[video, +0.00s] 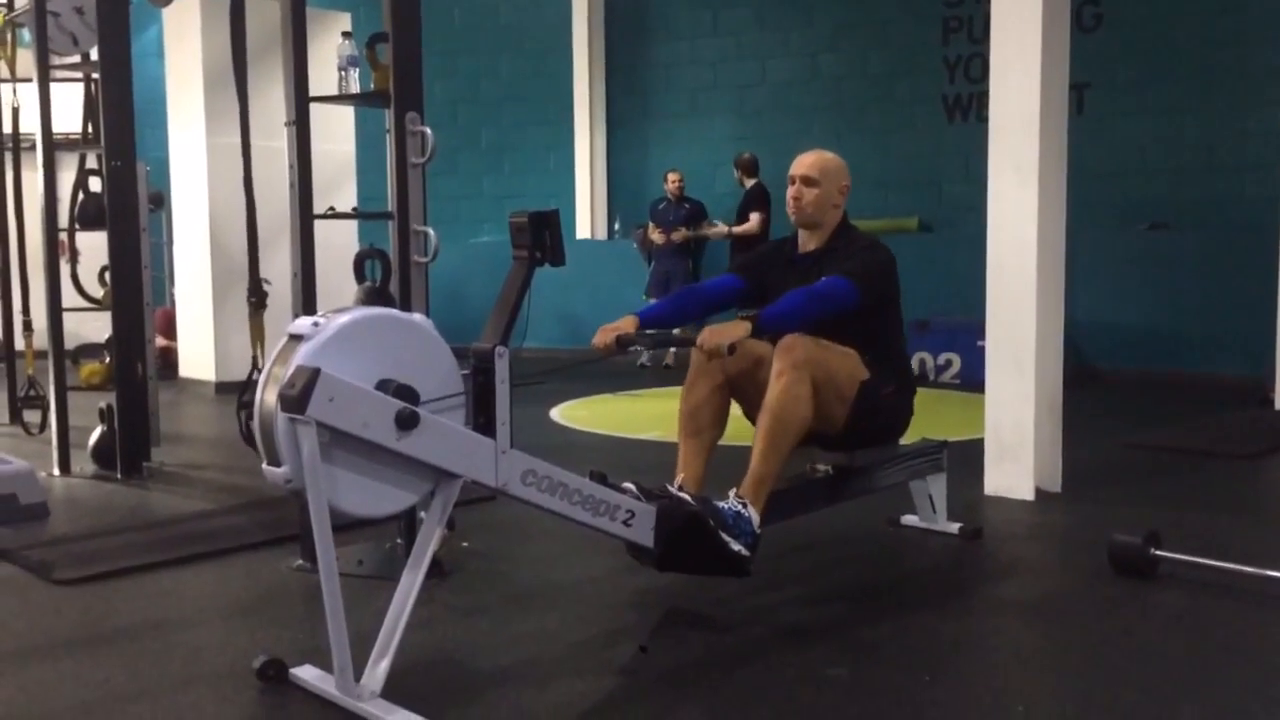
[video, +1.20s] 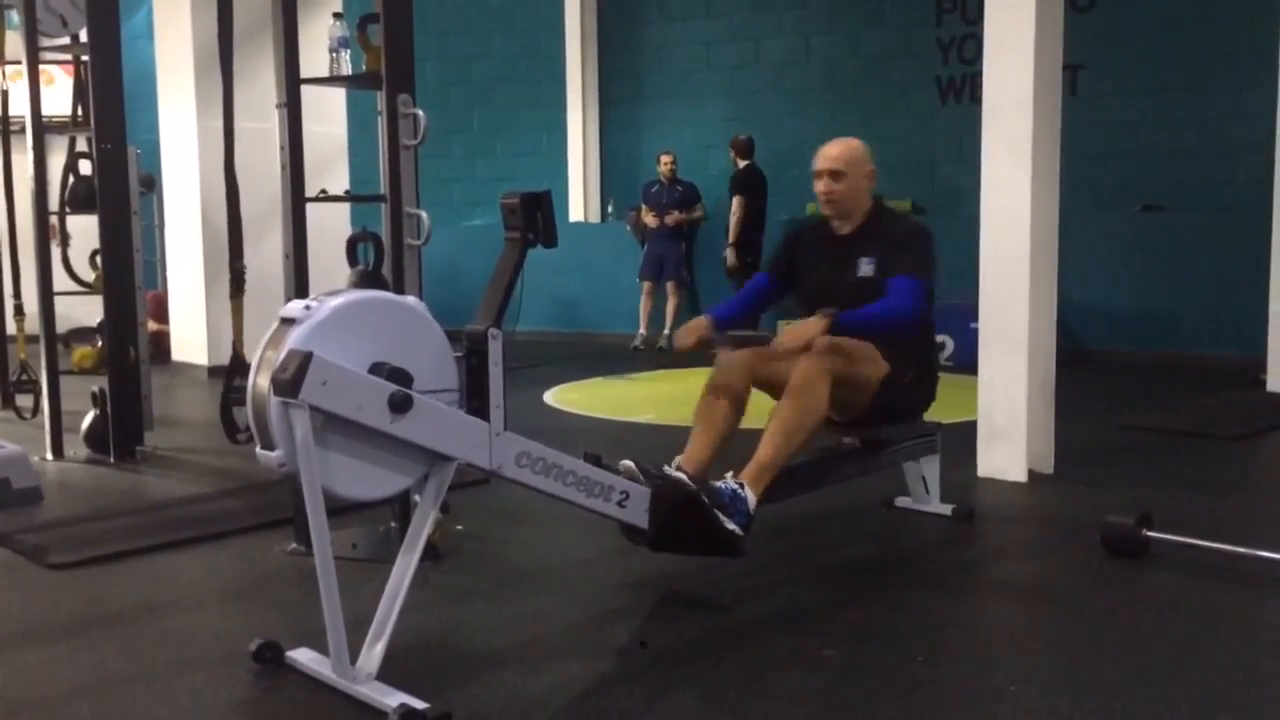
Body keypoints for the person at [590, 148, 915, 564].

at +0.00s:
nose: (793, 192)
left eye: (807, 183)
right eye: (791, 183)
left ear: (840, 196)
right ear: (785, 191)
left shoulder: (869, 257)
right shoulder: (775, 257)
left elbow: (820, 300)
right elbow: (709, 296)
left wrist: (751, 324)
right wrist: (637, 320)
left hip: (874, 407)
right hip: (799, 407)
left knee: (795, 349)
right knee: (712, 351)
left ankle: (746, 512)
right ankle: (684, 496)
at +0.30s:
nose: (833, 172)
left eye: (846, 164)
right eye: (830, 164)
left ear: (877, 174)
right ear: (824, 172)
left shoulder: (903, 236)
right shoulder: (809, 238)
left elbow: (860, 277)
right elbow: (753, 276)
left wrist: (797, 301)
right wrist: (684, 304)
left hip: (895, 377)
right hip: (822, 372)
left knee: (810, 358)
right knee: (732, 353)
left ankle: (746, 502)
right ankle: (682, 485)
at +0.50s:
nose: (883, 170)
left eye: (896, 160)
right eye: (879, 161)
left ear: (926, 170)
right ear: (873, 168)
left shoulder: (946, 230)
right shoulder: (854, 233)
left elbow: (918, 273)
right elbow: (802, 278)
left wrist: (856, 292)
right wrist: (742, 298)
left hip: (911, 363)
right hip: (844, 354)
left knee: (820, 377)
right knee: (752, 368)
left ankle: (745, 499)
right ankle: (678, 481)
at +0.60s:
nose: (905, 179)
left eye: (918, 171)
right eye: (901, 170)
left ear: (946, 179)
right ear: (896, 177)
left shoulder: (968, 235)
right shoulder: (869, 239)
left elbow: (952, 287)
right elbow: (825, 291)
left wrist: (889, 293)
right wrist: (778, 299)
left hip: (920, 360)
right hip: (855, 350)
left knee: (830, 384)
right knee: (774, 381)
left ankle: (746, 497)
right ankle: (680, 482)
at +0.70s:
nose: (919, 192)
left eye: (931, 182)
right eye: (914, 183)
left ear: (959, 187)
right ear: (910, 187)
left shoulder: (987, 245)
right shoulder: (887, 245)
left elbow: (985, 304)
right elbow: (846, 303)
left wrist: (927, 295)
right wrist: (813, 304)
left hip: (924, 353)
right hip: (863, 344)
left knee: (834, 405)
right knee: (789, 396)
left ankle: (746, 496)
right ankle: (690, 480)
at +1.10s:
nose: (862, 182)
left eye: (874, 173)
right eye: (856, 173)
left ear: (905, 174)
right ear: (851, 176)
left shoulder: (943, 231)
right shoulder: (843, 233)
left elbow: (955, 305)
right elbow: (809, 286)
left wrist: (888, 296)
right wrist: (771, 301)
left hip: (913, 363)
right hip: (845, 355)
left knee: (828, 373)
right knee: (760, 364)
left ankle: (748, 493)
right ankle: (686, 476)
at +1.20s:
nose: (823, 188)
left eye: (836, 177)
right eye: (818, 178)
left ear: (869, 178)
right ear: (812, 181)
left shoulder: (905, 235)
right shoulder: (805, 237)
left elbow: (905, 309)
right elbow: (757, 294)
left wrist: (825, 322)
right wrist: (709, 321)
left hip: (898, 377)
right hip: (822, 371)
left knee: (821, 355)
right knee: (733, 360)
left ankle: (744, 494)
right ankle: (684, 475)